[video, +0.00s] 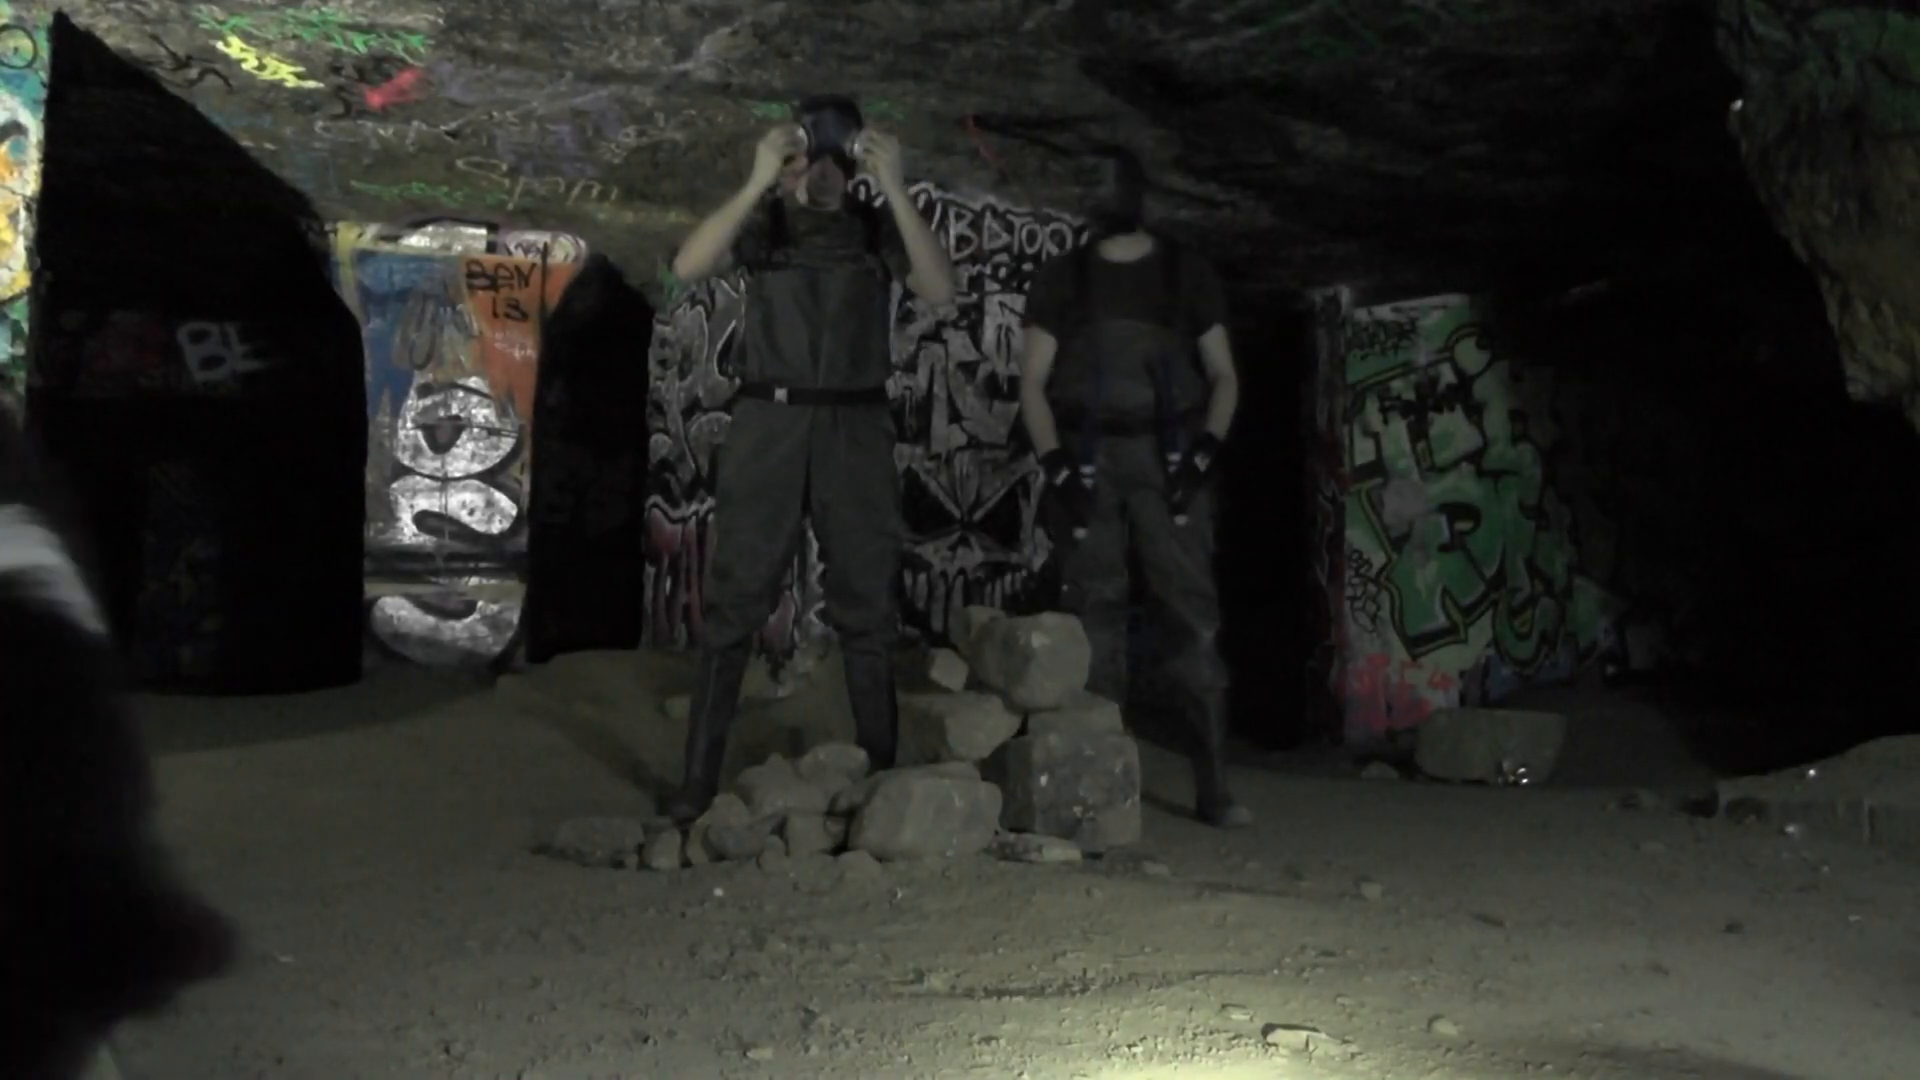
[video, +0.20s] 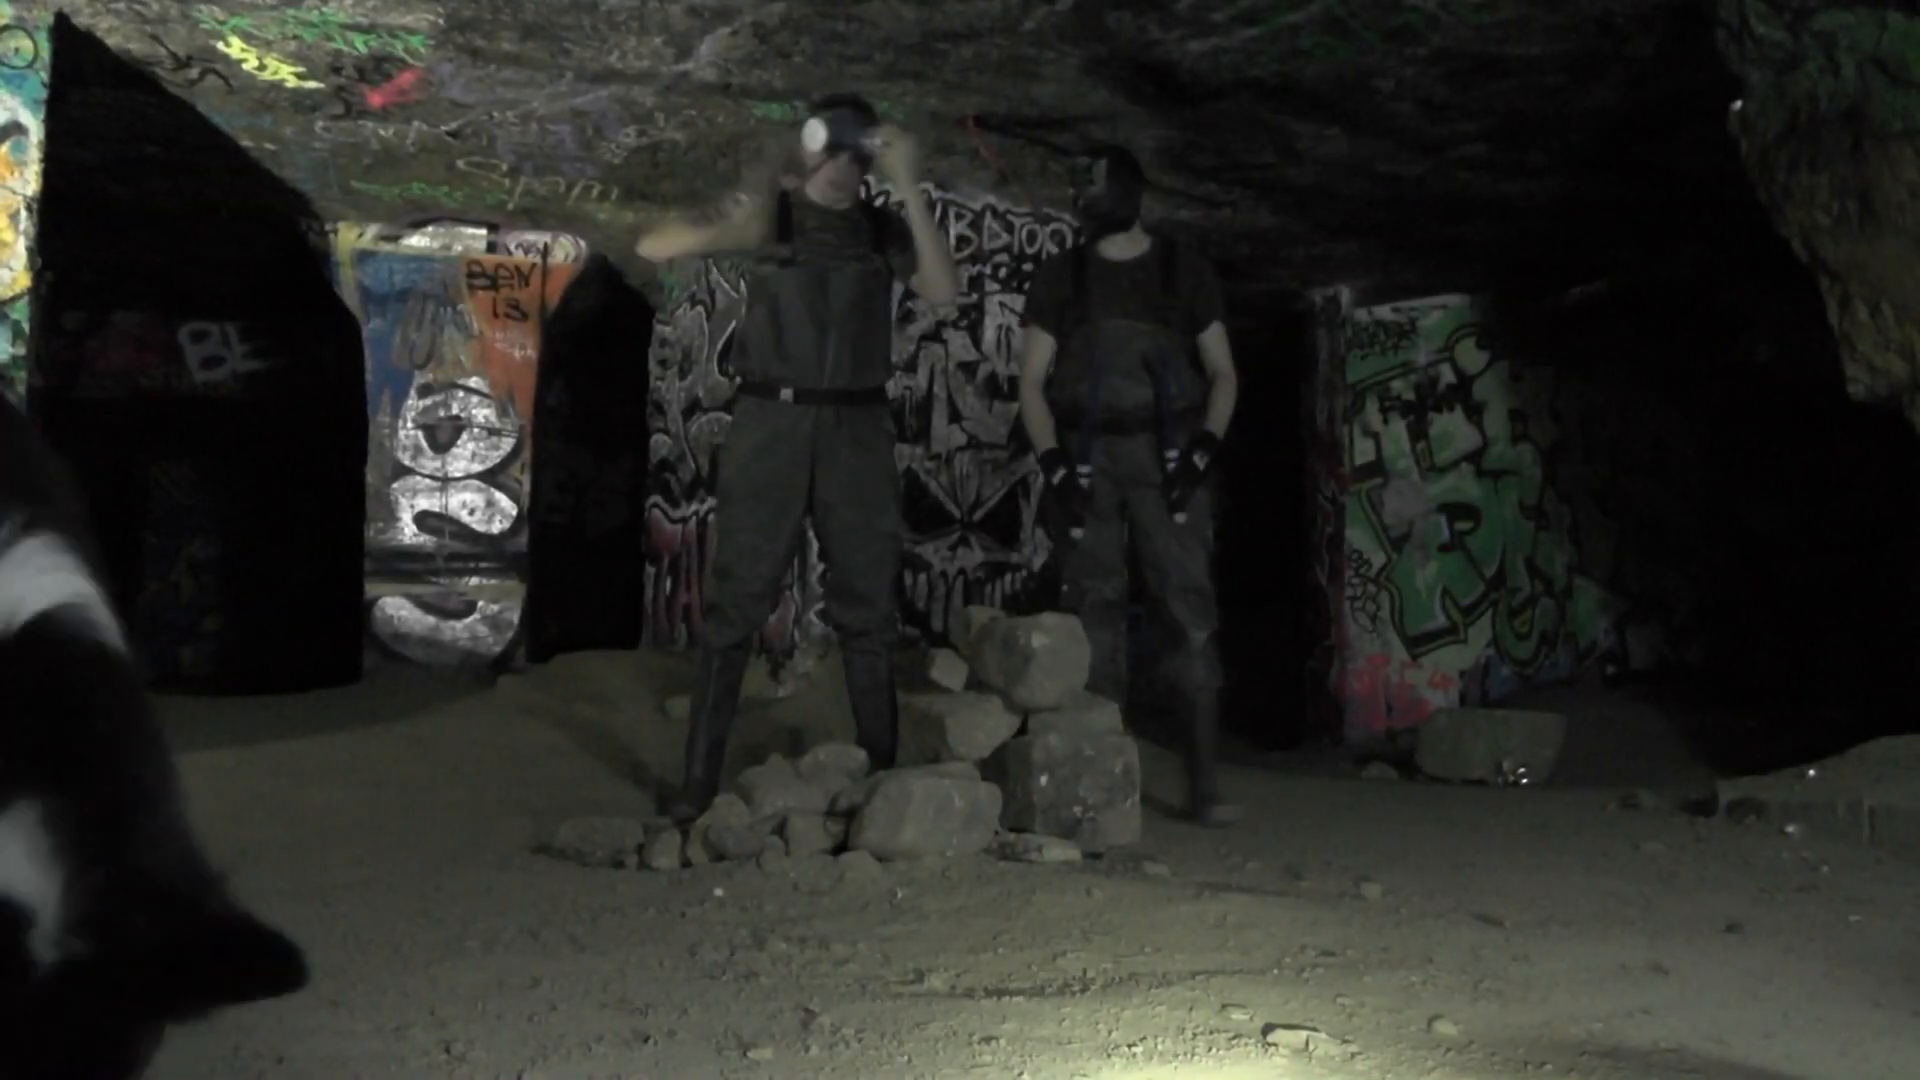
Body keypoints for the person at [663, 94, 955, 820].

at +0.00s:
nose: (814, 177)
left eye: (829, 163)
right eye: (801, 162)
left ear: (853, 170)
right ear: (781, 169)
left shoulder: (878, 232)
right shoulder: (758, 227)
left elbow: (940, 293)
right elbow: (690, 265)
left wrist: (892, 186)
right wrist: (757, 185)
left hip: (856, 440)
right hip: (766, 436)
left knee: (867, 612)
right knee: (734, 609)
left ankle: (882, 779)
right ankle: (698, 787)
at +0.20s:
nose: (849, 167)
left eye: (861, 154)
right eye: (837, 151)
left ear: (872, 162)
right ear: (805, 152)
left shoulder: (882, 228)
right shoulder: (768, 215)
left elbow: (942, 293)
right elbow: (653, 246)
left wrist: (909, 187)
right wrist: (731, 226)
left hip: (857, 437)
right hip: (769, 434)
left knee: (867, 609)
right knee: (737, 606)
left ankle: (882, 778)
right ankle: (698, 785)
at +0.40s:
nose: (862, 168)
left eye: (875, 157)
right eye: (853, 152)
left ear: (884, 162)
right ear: (821, 145)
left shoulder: (889, 229)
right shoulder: (767, 214)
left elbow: (951, 293)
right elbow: (670, 271)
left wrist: (925, 186)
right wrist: (719, 324)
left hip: (857, 439)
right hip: (770, 434)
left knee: (867, 611)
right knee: (737, 608)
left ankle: (883, 778)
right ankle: (699, 786)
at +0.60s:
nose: (856, 161)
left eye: (870, 151)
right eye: (845, 145)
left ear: (881, 160)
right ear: (816, 146)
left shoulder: (893, 230)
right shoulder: (771, 213)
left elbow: (954, 282)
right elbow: (662, 231)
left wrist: (922, 176)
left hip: (858, 437)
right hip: (769, 432)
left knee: (868, 613)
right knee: (738, 608)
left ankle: (879, 781)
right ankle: (700, 785)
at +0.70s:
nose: (847, 163)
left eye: (861, 152)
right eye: (836, 147)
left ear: (879, 162)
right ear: (811, 150)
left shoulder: (892, 230)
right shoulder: (770, 217)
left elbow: (955, 278)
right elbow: (657, 201)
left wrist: (918, 175)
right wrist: (755, 192)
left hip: (859, 438)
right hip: (769, 433)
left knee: (869, 614)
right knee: (737, 609)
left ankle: (880, 780)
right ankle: (699, 786)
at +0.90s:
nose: (848, 157)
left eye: (861, 146)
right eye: (836, 143)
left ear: (878, 158)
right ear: (811, 148)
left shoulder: (891, 228)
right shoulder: (766, 217)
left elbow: (956, 276)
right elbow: (660, 179)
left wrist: (918, 176)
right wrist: (754, 186)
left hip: (860, 440)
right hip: (770, 435)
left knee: (870, 616)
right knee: (736, 610)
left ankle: (880, 781)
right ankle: (700, 786)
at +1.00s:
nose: (847, 154)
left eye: (861, 144)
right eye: (835, 141)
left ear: (878, 156)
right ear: (811, 147)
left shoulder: (890, 225)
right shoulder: (770, 213)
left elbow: (956, 274)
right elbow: (661, 178)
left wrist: (919, 175)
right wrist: (756, 186)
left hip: (859, 438)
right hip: (770, 433)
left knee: (869, 613)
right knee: (737, 608)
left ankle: (881, 779)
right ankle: (699, 786)